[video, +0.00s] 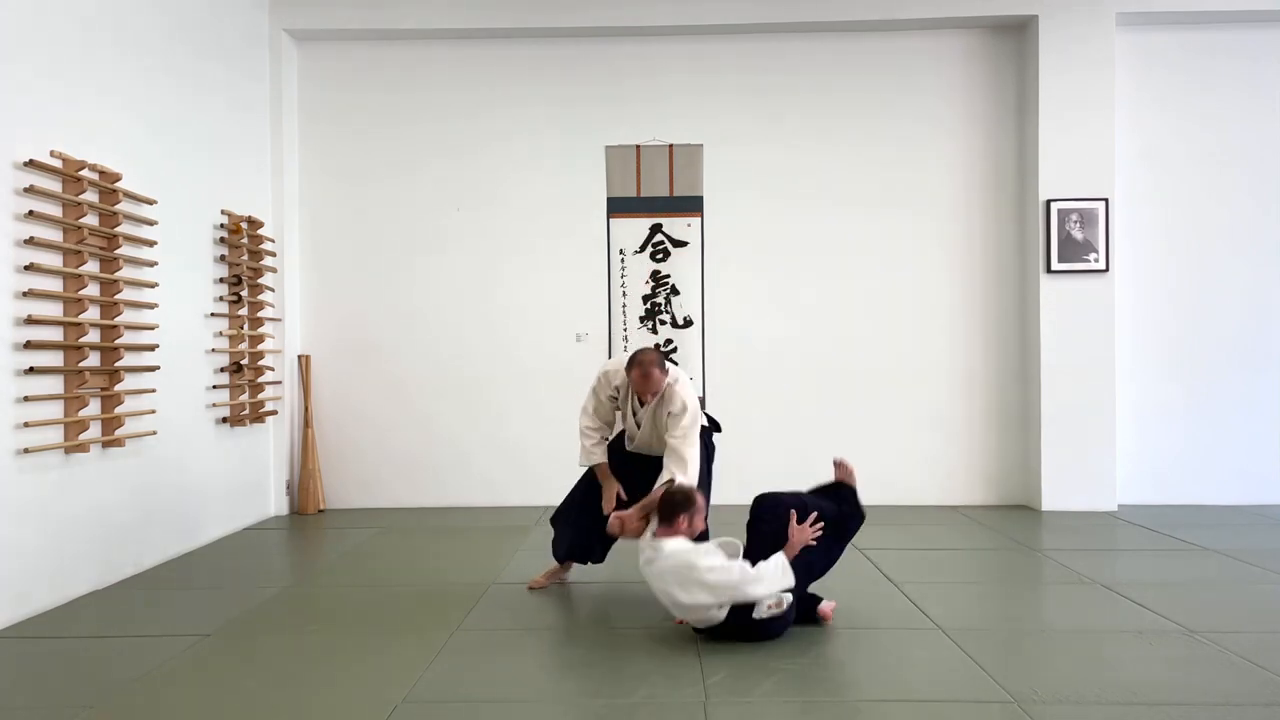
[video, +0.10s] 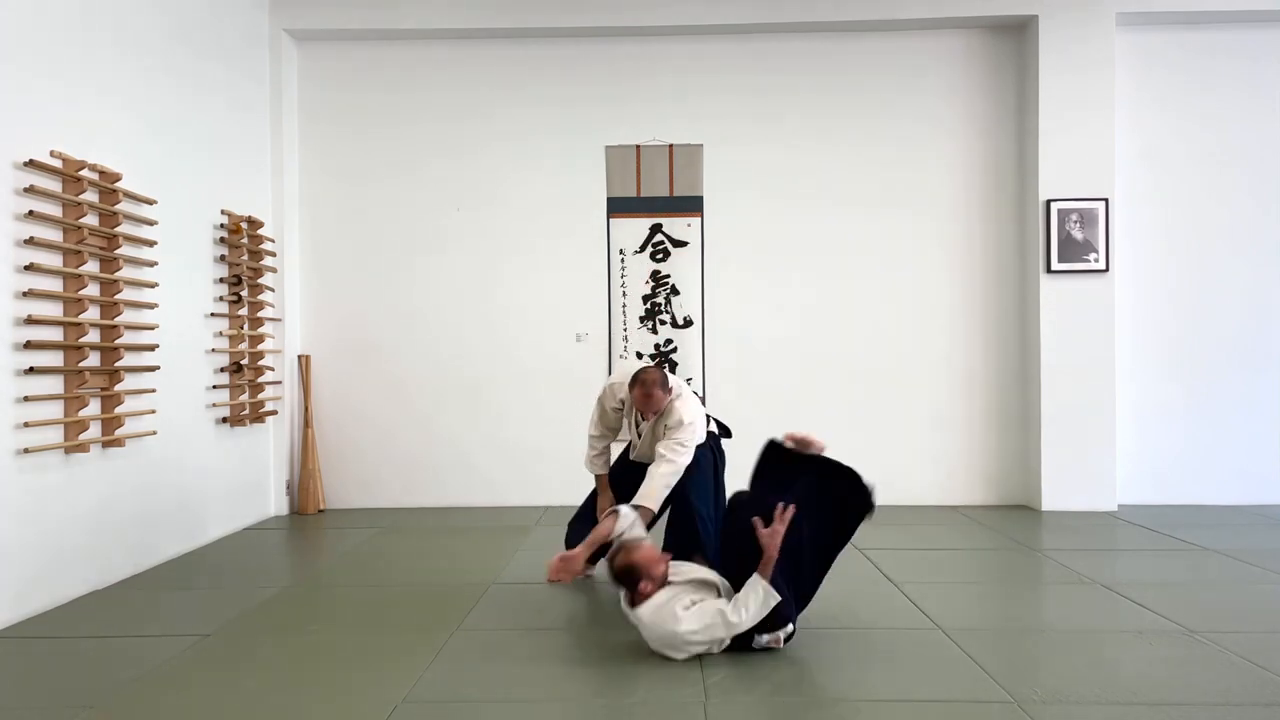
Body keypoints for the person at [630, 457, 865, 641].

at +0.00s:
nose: (704, 522)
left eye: (703, 516)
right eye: (701, 517)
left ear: (661, 516)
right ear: (683, 522)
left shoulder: (649, 548)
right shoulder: (689, 562)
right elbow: (755, 581)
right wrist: (791, 549)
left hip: (709, 621)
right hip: (751, 621)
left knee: (766, 506)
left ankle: (808, 607)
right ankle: (847, 503)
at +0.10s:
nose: (662, 552)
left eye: (654, 551)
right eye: (655, 557)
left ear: (641, 574)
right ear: (646, 583)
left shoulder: (636, 574)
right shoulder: (670, 626)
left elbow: (636, 518)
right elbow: (735, 618)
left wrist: (590, 547)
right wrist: (769, 557)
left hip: (723, 590)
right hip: (760, 618)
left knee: (742, 509)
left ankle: (788, 458)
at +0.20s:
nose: (648, 412)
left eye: (655, 405)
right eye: (642, 406)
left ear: (668, 390)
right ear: (629, 391)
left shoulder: (685, 409)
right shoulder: (616, 397)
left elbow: (675, 471)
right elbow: (604, 438)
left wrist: (648, 533)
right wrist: (604, 485)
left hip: (694, 460)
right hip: (646, 459)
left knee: (688, 537)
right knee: (609, 529)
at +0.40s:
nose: (637, 364)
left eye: (644, 357)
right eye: (631, 357)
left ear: (658, 346)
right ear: (622, 349)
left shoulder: (672, 376)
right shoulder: (615, 372)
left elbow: (693, 433)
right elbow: (607, 416)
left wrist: (707, 496)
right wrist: (608, 460)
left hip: (678, 456)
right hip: (641, 459)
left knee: (691, 524)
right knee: (653, 551)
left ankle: (732, 571)